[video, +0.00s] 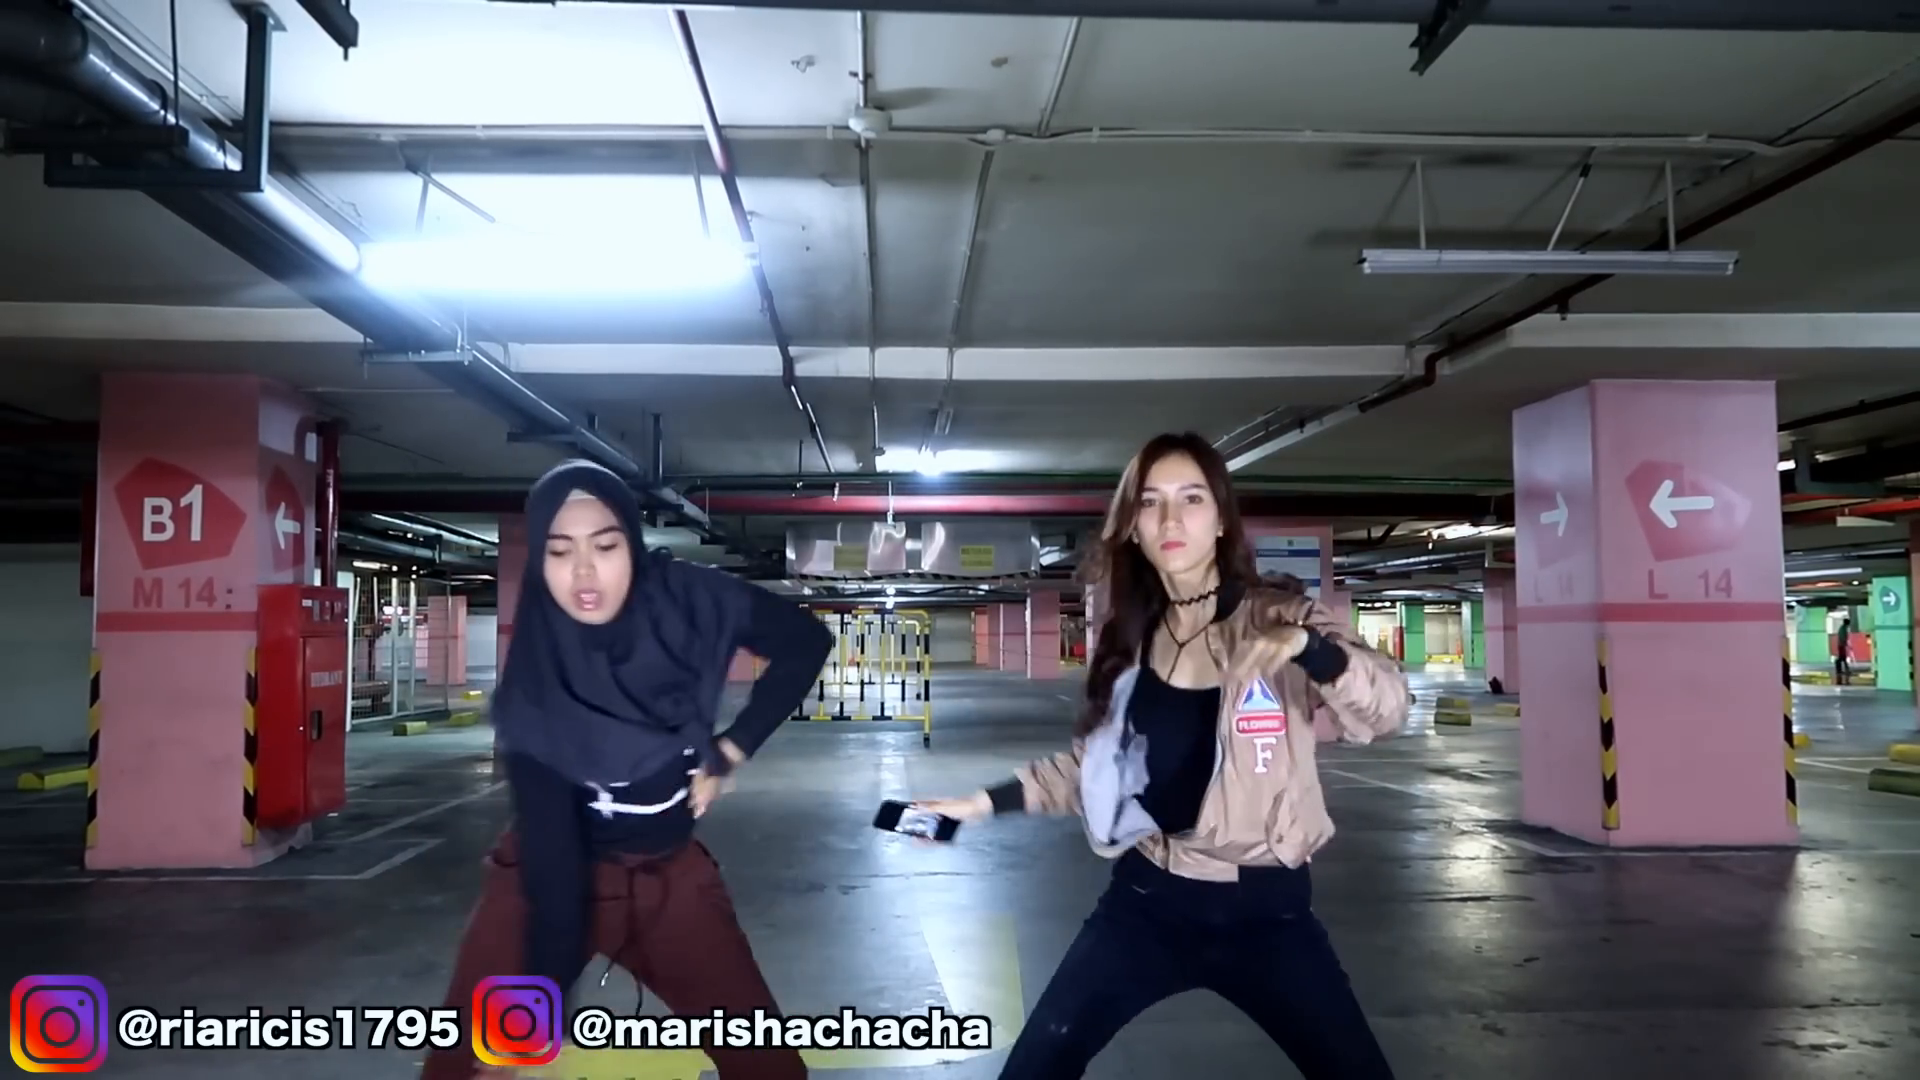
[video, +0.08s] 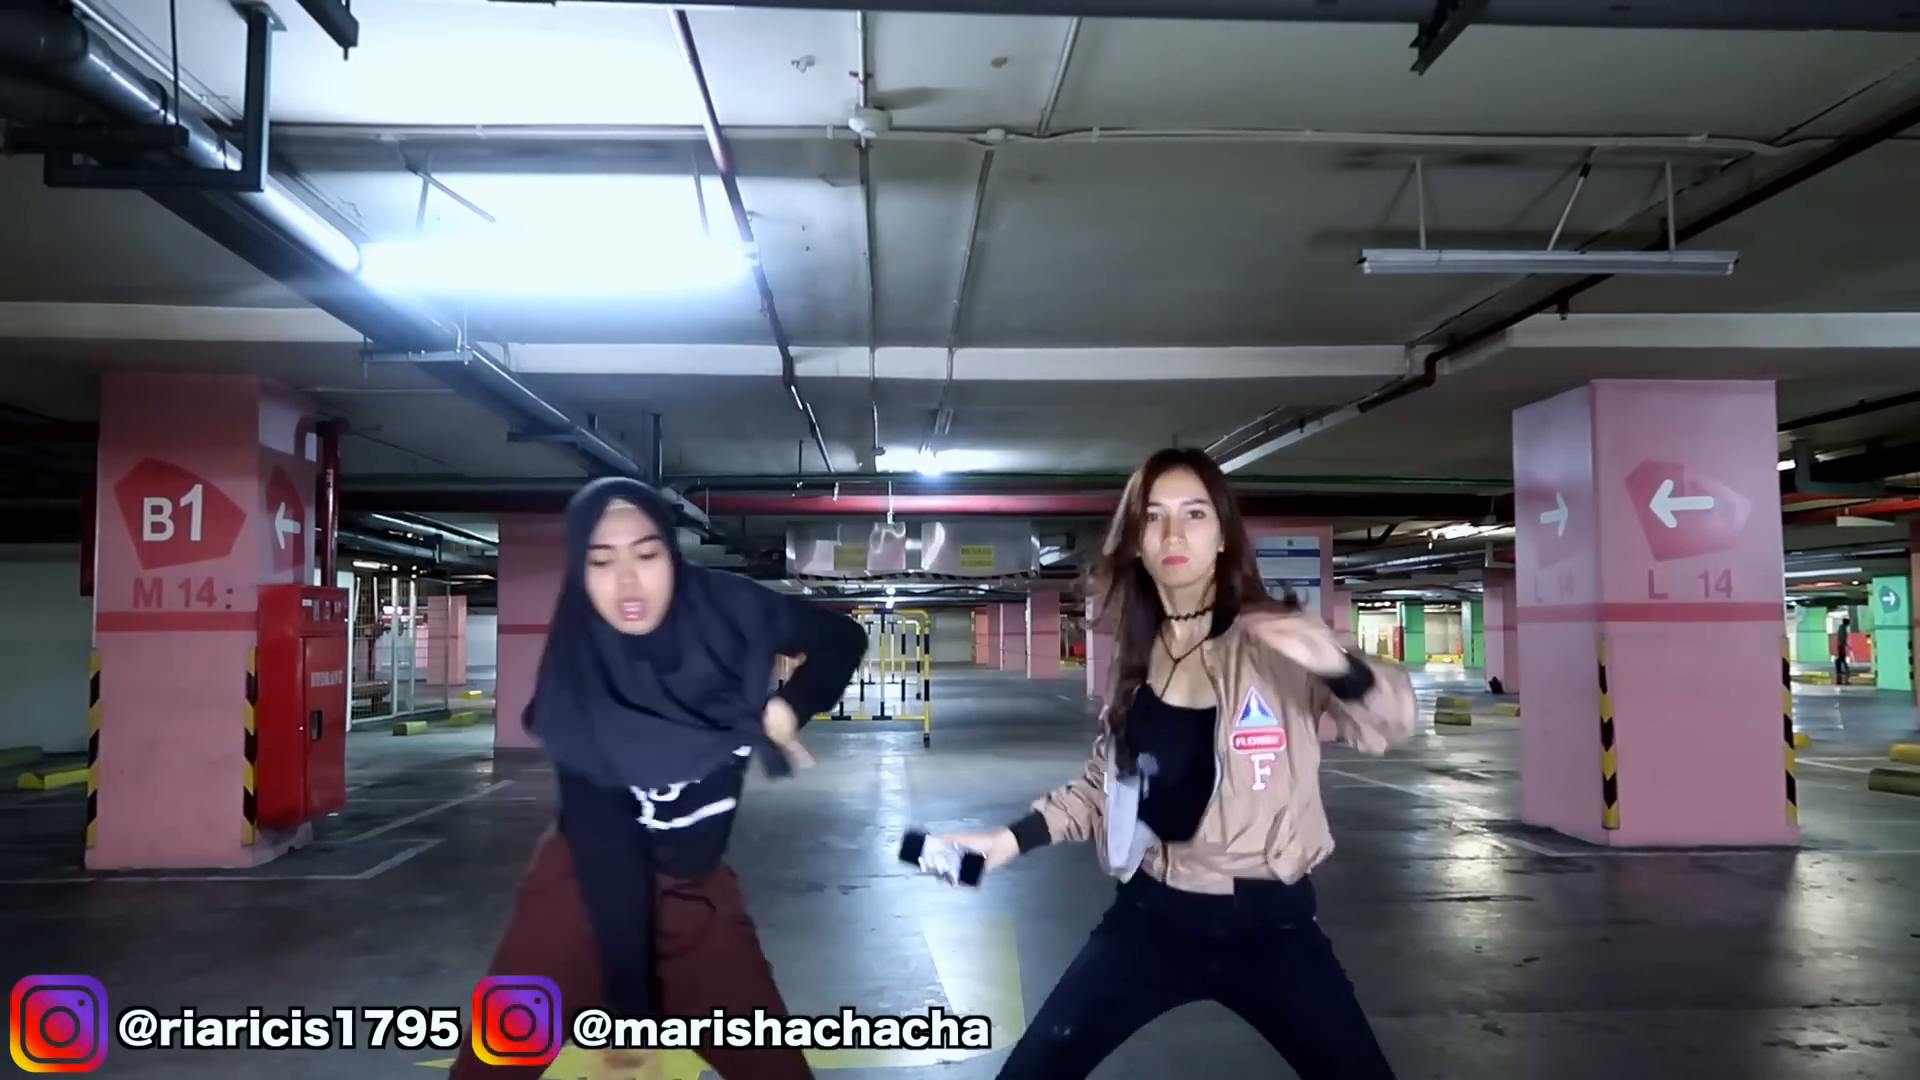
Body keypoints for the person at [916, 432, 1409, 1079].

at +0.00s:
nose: (1170, 519)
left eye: (1191, 499)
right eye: (1151, 501)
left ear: (1222, 516)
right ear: (1133, 523)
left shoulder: (1277, 622)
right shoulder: (1130, 638)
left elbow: (1386, 714)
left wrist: (1309, 647)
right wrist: (981, 803)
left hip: (1264, 907)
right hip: (1145, 902)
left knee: (1361, 1072)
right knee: (1037, 1061)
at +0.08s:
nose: (1171, 534)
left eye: (1193, 515)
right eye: (1154, 516)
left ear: (1225, 532)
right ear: (1135, 537)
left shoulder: (1278, 641)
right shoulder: (1133, 653)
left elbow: (1391, 726)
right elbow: (1104, 785)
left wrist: (1343, 669)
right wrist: (1007, 841)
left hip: (1267, 925)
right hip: (1151, 921)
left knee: (1364, 1074)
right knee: (1030, 1071)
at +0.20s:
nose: (1156, 546)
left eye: (1178, 530)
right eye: (1138, 531)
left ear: (1208, 552)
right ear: (1119, 552)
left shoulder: (1254, 674)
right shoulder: (1082, 665)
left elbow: (1333, 767)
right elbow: (1050, 775)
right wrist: (1045, 855)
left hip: (1245, 933)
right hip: (1128, 937)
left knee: (1333, 1073)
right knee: (1030, 1071)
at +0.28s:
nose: (1136, 545)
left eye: (1158, 526)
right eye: (1119, 527)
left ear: (1188, 546)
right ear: (1097, 545)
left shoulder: (1228, 673)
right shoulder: (1042, 660)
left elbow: (1298, 804)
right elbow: (1008, 773)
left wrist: (1375, 918)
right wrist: (1067, 823)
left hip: (1230, 925)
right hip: (1108, 932)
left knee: (1327, 1073)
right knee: (1021, 1073)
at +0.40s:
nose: (1126, 513)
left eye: (1146, 494)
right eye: (1107, 498)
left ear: (1177, 515)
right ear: (1087, 521)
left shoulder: (1217, 632)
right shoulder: (1049, 639)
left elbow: (1230, 758)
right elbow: (1006, 779)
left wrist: (1242, 848)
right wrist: (1080, 701)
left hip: (1223, 889)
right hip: (1106, 904)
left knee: (1355, 1064)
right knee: (1047, 1073)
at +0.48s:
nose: (1132, 491)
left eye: (1151, 470)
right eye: (1112, 475)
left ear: (1184, 489)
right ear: (1093, 499)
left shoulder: (1225, 598)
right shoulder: (1069, 615)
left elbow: (1236, 724)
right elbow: (1031, 755)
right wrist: (1089, 650)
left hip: (1234, 875)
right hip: (1117, 888)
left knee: (1361, 1062)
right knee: (1063, 1068)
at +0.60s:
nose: (1153, 490)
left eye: (1172, 468)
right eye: (1132, 474)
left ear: (1206, 484)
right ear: (1115, 499)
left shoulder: (1260, 587)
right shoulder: (1111, 621)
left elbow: (1272, 710)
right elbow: (1090, 754)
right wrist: (1114, 655)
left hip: (1272, 874)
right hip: (1155, 881)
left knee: (1357, 1065)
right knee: (1080, 1065)